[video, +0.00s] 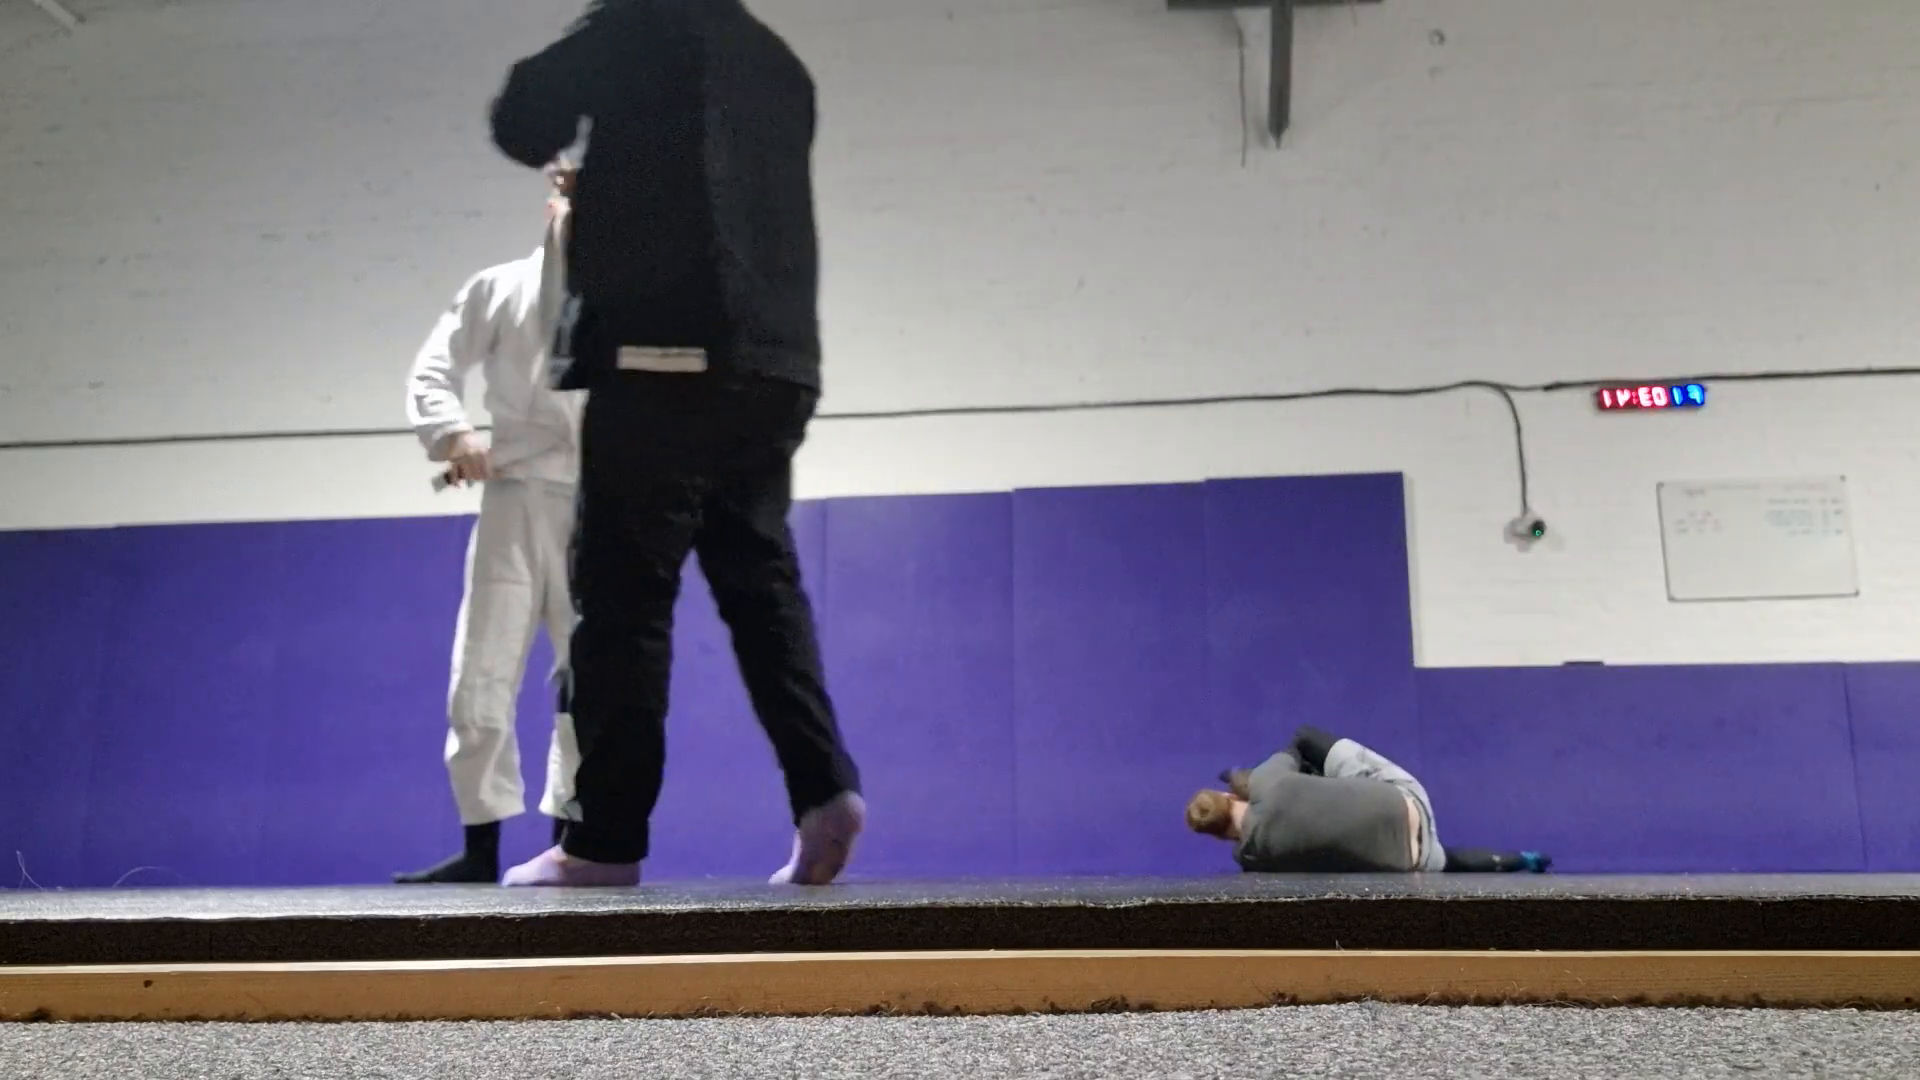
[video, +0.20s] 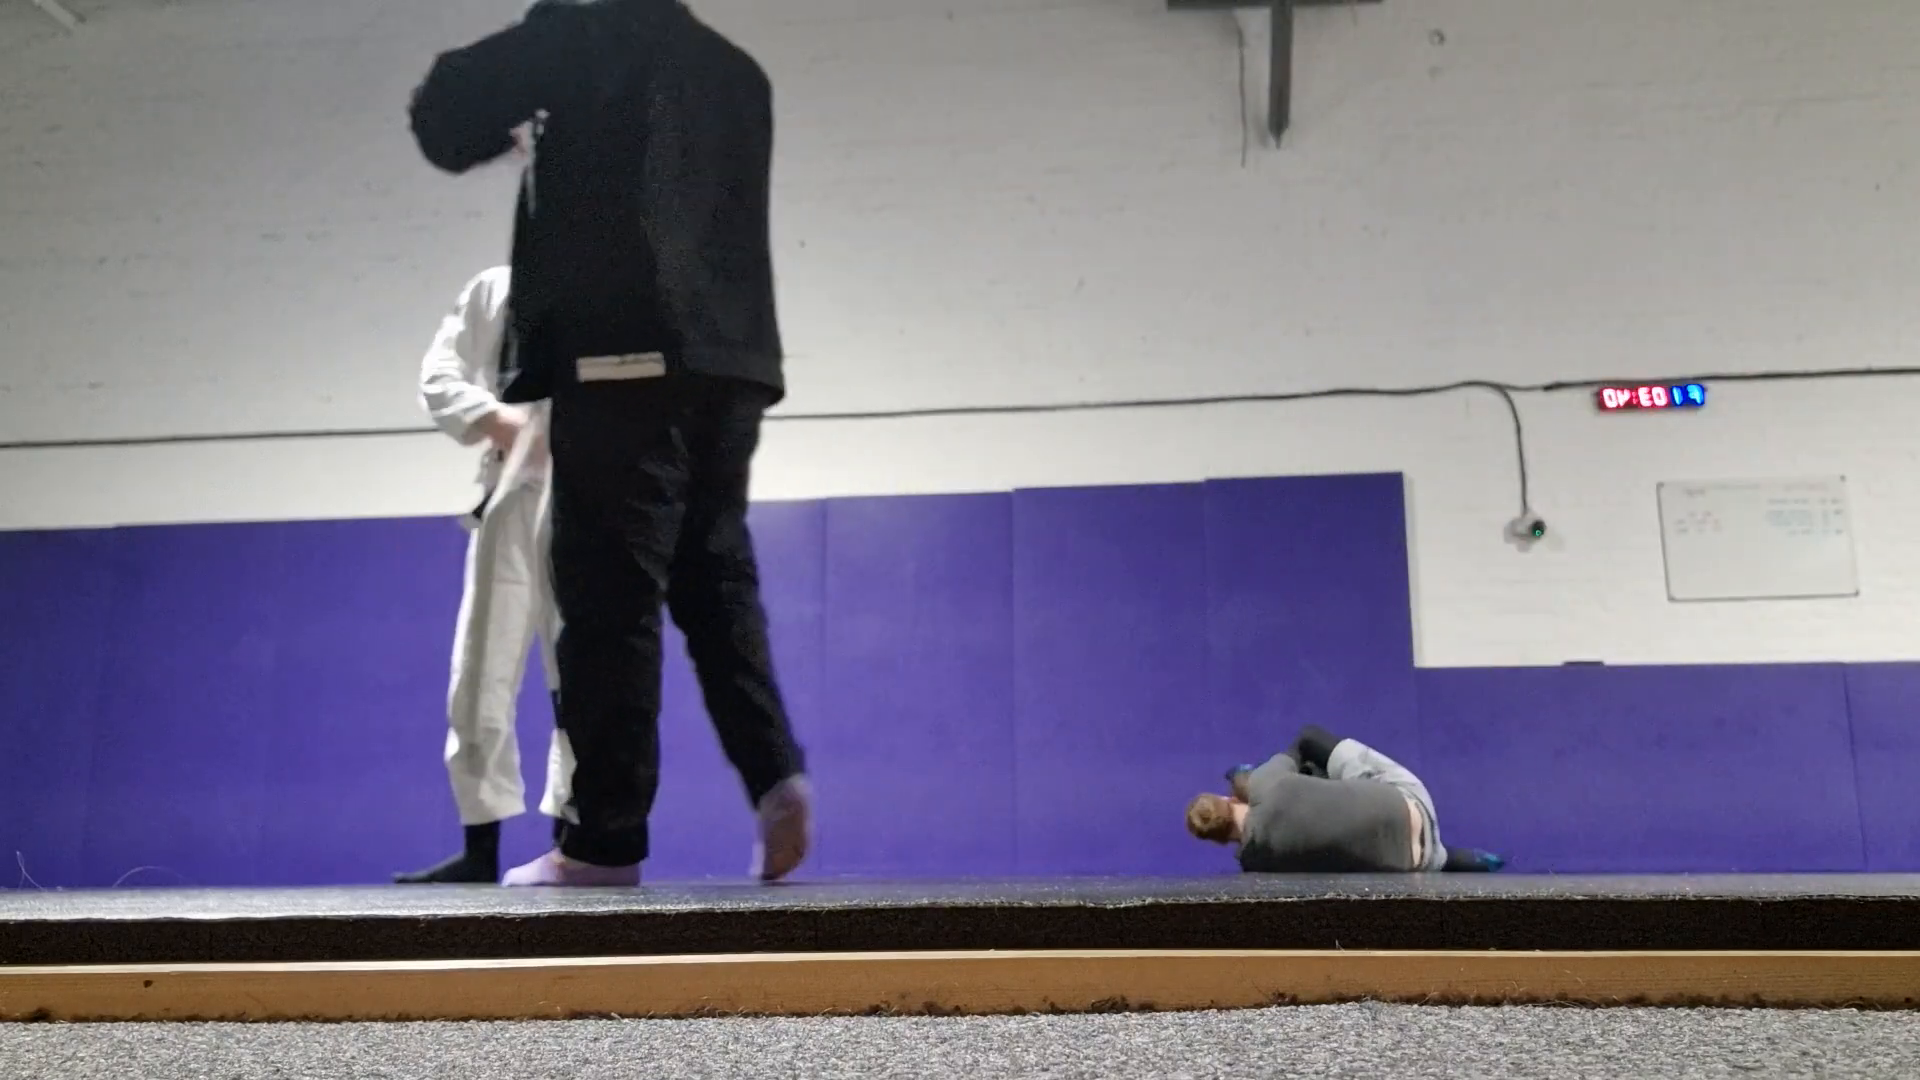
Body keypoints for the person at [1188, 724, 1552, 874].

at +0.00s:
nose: (1226, 796)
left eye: (1212, 818)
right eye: (1222, 793)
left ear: (1218, 836)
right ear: (1229, 791)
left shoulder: (1253, 856)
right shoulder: (1265, 777)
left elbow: (1303, 862)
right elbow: (1302, 743)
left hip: (1413, 859)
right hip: (1410, 803)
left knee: (1444, 858)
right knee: (1312, 738)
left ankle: (1517, 861)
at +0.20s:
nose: (1224, 792)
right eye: (1221, 794)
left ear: (1218, 840)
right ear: (1228, 796)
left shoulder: (1255, 862)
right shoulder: (1265, 781)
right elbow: (1292, 759)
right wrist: (1249, 781)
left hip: (1418, 861)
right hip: (1413, 807)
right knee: (1309, 737)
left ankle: (1471, 860)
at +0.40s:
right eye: (1228, 795)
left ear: (1220, 846)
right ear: (1233, 800)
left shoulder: (1258, 864)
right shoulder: (1272, 784)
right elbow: (1305, 743)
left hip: (1419, 864)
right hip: (1413, 809)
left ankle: (1445, 862)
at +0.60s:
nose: (1235, 794)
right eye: (1231, 797)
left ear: (1220, 852)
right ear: (1233, 805)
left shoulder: (1258, 863)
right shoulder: (1271, 785)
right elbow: (1301, 750)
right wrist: (1262, 776)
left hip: (1417, 860)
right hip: (1413, 809)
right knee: (1316, 740)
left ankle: (1459, 865)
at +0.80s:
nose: (1226, 797)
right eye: (1225, 798)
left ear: (1221, 847)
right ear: (1230, 797)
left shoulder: (1256, 864)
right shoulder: (1269, 782)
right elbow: (1293, 757)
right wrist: (1253, 774)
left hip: (1413, 858)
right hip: (1406, 803)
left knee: (1419, 851)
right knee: (1302, 740)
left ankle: (1477, 862)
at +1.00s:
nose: (1227, 796)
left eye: (1216, 828)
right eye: (1223, 797)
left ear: (1220, 840)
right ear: (1230, 796)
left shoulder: (1254, 862)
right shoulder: (1268, 779)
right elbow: (1294, 763)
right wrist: (1250, 786)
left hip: (1415, 860)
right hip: (1414, 805)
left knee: (1436, 857)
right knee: (1315, 739)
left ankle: (1503, 865)